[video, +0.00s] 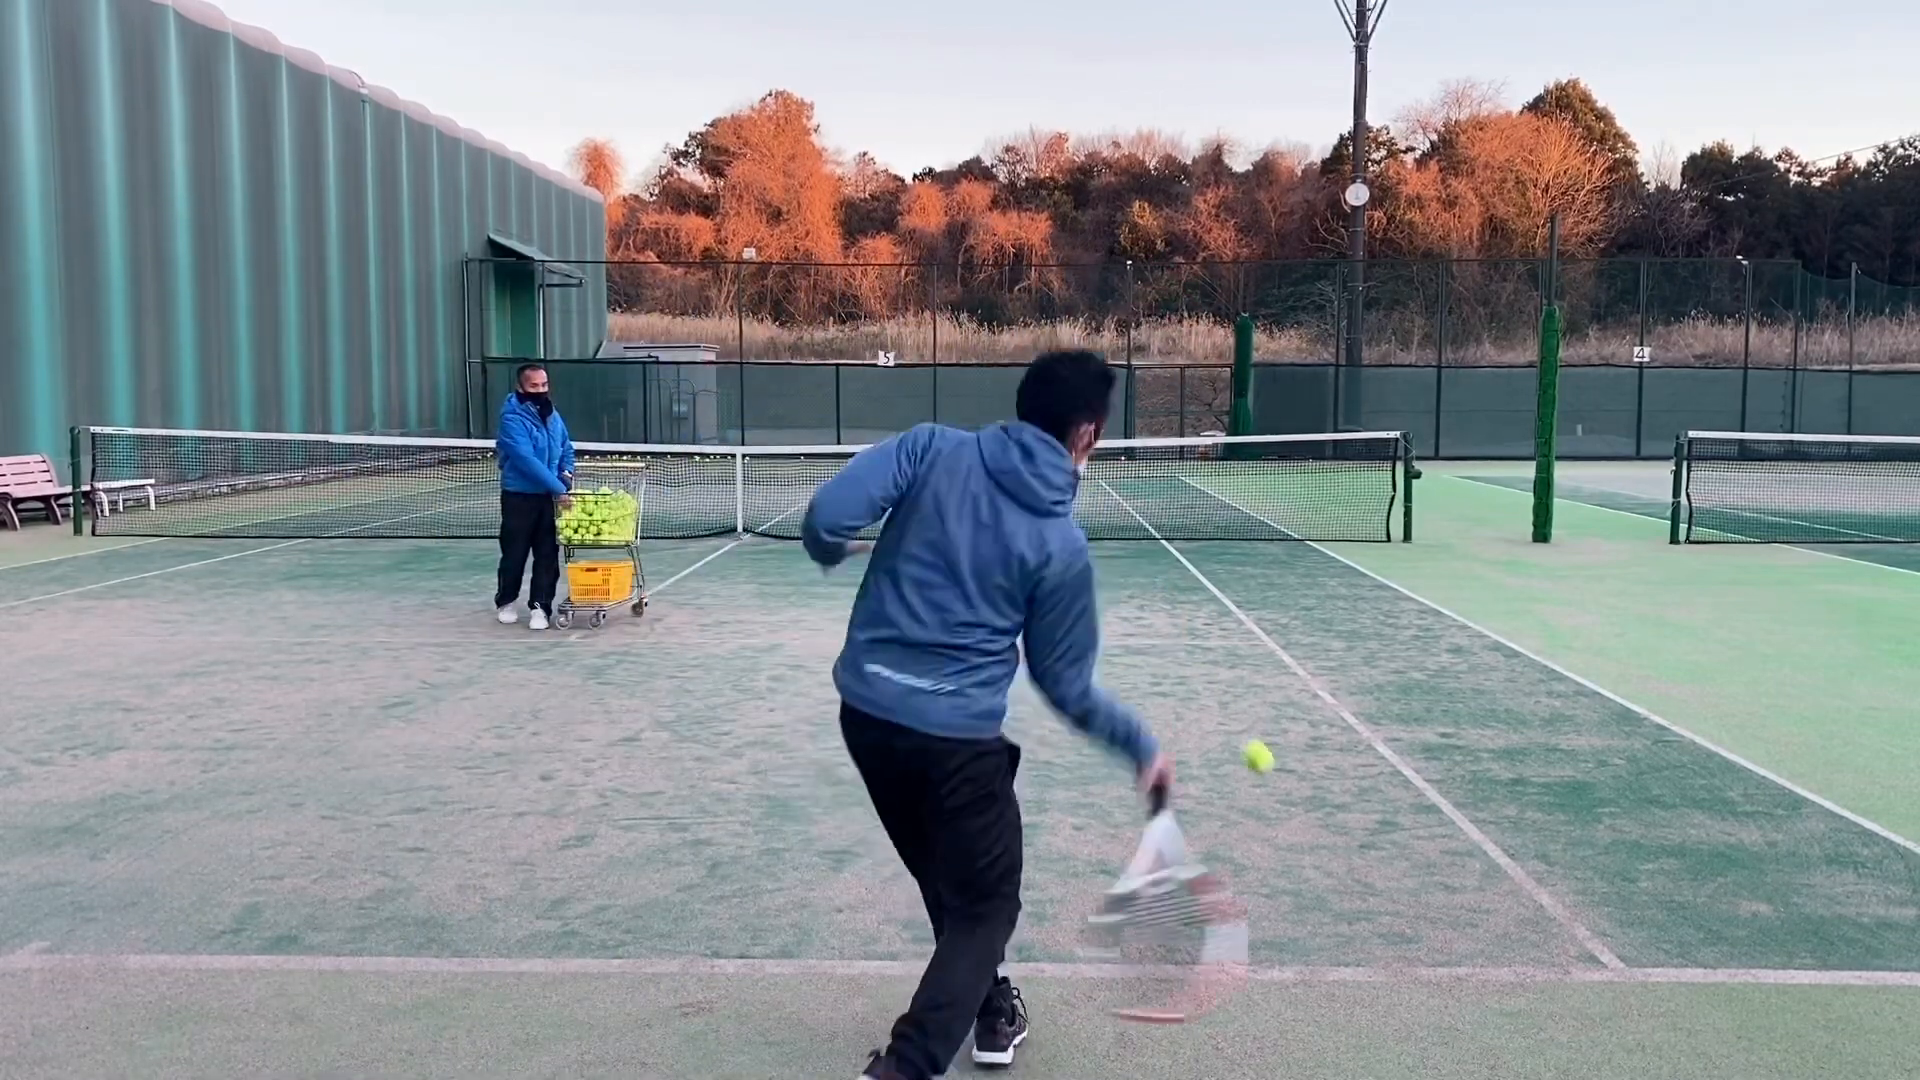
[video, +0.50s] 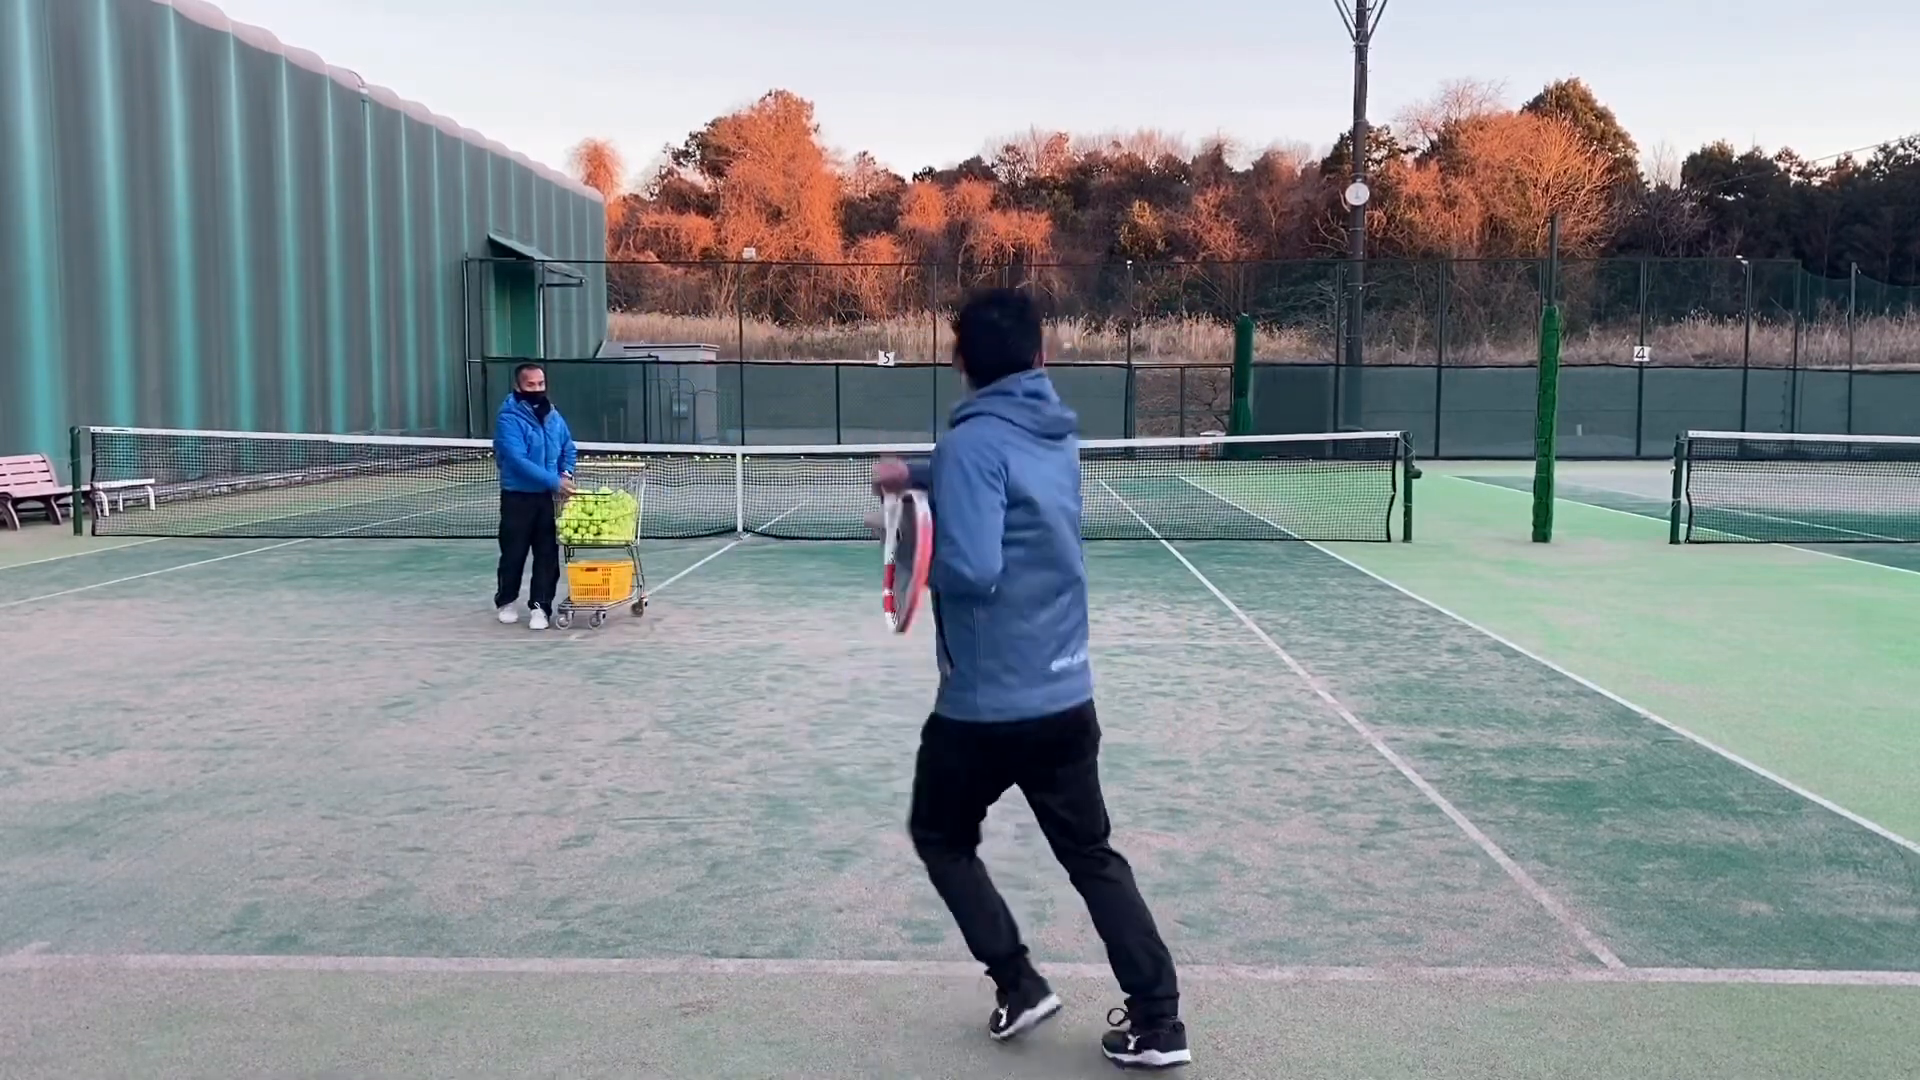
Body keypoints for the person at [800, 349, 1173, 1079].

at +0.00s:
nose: (1097, 441)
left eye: (1101, 427)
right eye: (1099, 428)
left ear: (1020, 411)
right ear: (1083, 433)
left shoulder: (933, 446)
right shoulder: (1058, 544)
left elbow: (826, 515)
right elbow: (1065, 681)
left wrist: (828, 548)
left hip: (865, 711)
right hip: (957, 737)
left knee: (943, 875)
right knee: (988, 902)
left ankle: (993, 1015)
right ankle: (903, 1067)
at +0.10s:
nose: (1086, 384)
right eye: (1086, 373)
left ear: (1002, 366)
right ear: (1079, 379)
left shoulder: (946, 434)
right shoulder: (1079, 483)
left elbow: (887, 532)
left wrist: (867, 490)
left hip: (898, 691)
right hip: (991, 701)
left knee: (934, 861)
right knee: (983, 870)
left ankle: (995, 1010)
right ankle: (934, 1039)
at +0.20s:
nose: (985, 330)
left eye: (992, 322)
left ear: (994, 336)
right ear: (1074, 345)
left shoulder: (962, 415)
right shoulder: (1077, 419)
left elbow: (937, 529)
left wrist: (882, 485)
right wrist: (925, 319)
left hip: (928, 674)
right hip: (1015, 678)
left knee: (950, 846)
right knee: (1009, 843)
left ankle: (998, 1003)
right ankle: (992, 1022)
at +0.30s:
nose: (981, 319)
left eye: (985, 309)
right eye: (987, 308)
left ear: (992, 320)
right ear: (1064, 324)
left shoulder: (971, 401)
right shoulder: (1068, 391)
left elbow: (959, 525)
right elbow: (1001, 362)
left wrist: (897, 479)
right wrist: (931, 338)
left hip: (950, 665)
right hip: (1035, 662)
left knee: (965, 836)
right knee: (1046, 836)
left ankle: (1002, 1003)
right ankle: (1058, 1019)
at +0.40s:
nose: (969, 330)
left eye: (973, 320)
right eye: (975, 318)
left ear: (978, 330)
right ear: (1052, 326)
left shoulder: (972, 410)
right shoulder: (1064, 397)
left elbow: (976, 535)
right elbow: (990, 386)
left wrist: (913, 509)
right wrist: (910, 392)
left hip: (966, 677)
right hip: (1049, 669)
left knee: (978, 842)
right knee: (1072, 834)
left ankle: (1022, 1010)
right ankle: (1114, 1012)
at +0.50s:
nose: (952, 362)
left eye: (954, 352)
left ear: (962, 360)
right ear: (1041, 354)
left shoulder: (970, 445)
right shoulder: (1056, 433)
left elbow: (974, 569)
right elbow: (995, 475)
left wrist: (914, 520)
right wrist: (916, 472)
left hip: (985, 710)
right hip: (1064, 700)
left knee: (941, 836)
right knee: (1092, 854)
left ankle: (1018, 983)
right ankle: (1158, 1021)